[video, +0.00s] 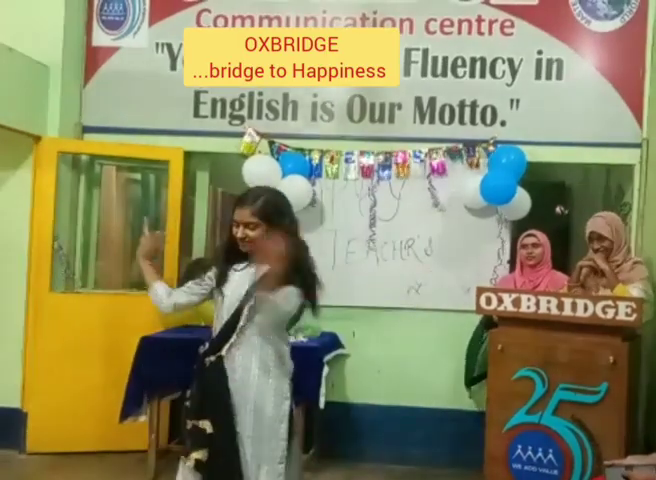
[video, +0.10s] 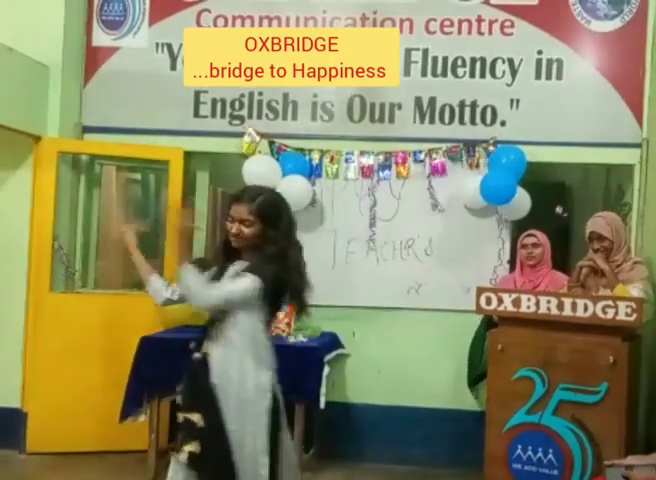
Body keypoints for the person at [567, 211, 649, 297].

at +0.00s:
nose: (595, 247)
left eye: (601, 239)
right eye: (591, 240)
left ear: (617, 238)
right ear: (587, 242)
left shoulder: (635, 268)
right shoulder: (586, 269)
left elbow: (631, 304)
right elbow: (570, 299)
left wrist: (606, 268)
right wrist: (578, 270)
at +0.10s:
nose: (595, 247)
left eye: (601, 239)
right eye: (591, 240)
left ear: (617, 238)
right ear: (587, 242)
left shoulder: (635, 268)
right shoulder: (586, 269)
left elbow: (631, 304)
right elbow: (570, 299)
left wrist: (606, 268)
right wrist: (578, 270)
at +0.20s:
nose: (595, 247)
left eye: (601, 239)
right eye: (591, 240)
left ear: (616, 238)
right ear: (587, 242)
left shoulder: (635, 268)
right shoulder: (586, 269)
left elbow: (631, 304)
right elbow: (570, 299)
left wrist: (606, 269)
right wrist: (578, 270)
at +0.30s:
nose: (595, 246)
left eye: (601, 239)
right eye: (591, 240)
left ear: (616, 238)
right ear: (587, 241)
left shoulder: (635, 268)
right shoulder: (586, 269)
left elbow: (631, 304)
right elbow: (570, 299)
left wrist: (606, 269)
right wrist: (578, 270)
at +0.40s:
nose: (595, 247)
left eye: (601, 239)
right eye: (590, 240)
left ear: (616, 238)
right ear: (587, 242)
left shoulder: (635, 268)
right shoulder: (586, 269)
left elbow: (633, 304)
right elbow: (570, 300)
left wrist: (606, 269)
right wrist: (577, 272)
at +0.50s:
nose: (595, 247)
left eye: (601, 239)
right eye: (590, 240)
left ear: (616, 238)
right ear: (587, 242)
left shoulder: (635, 268)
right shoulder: (586, 268)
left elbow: (633, 304)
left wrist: (606, 269)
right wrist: (577, 273)